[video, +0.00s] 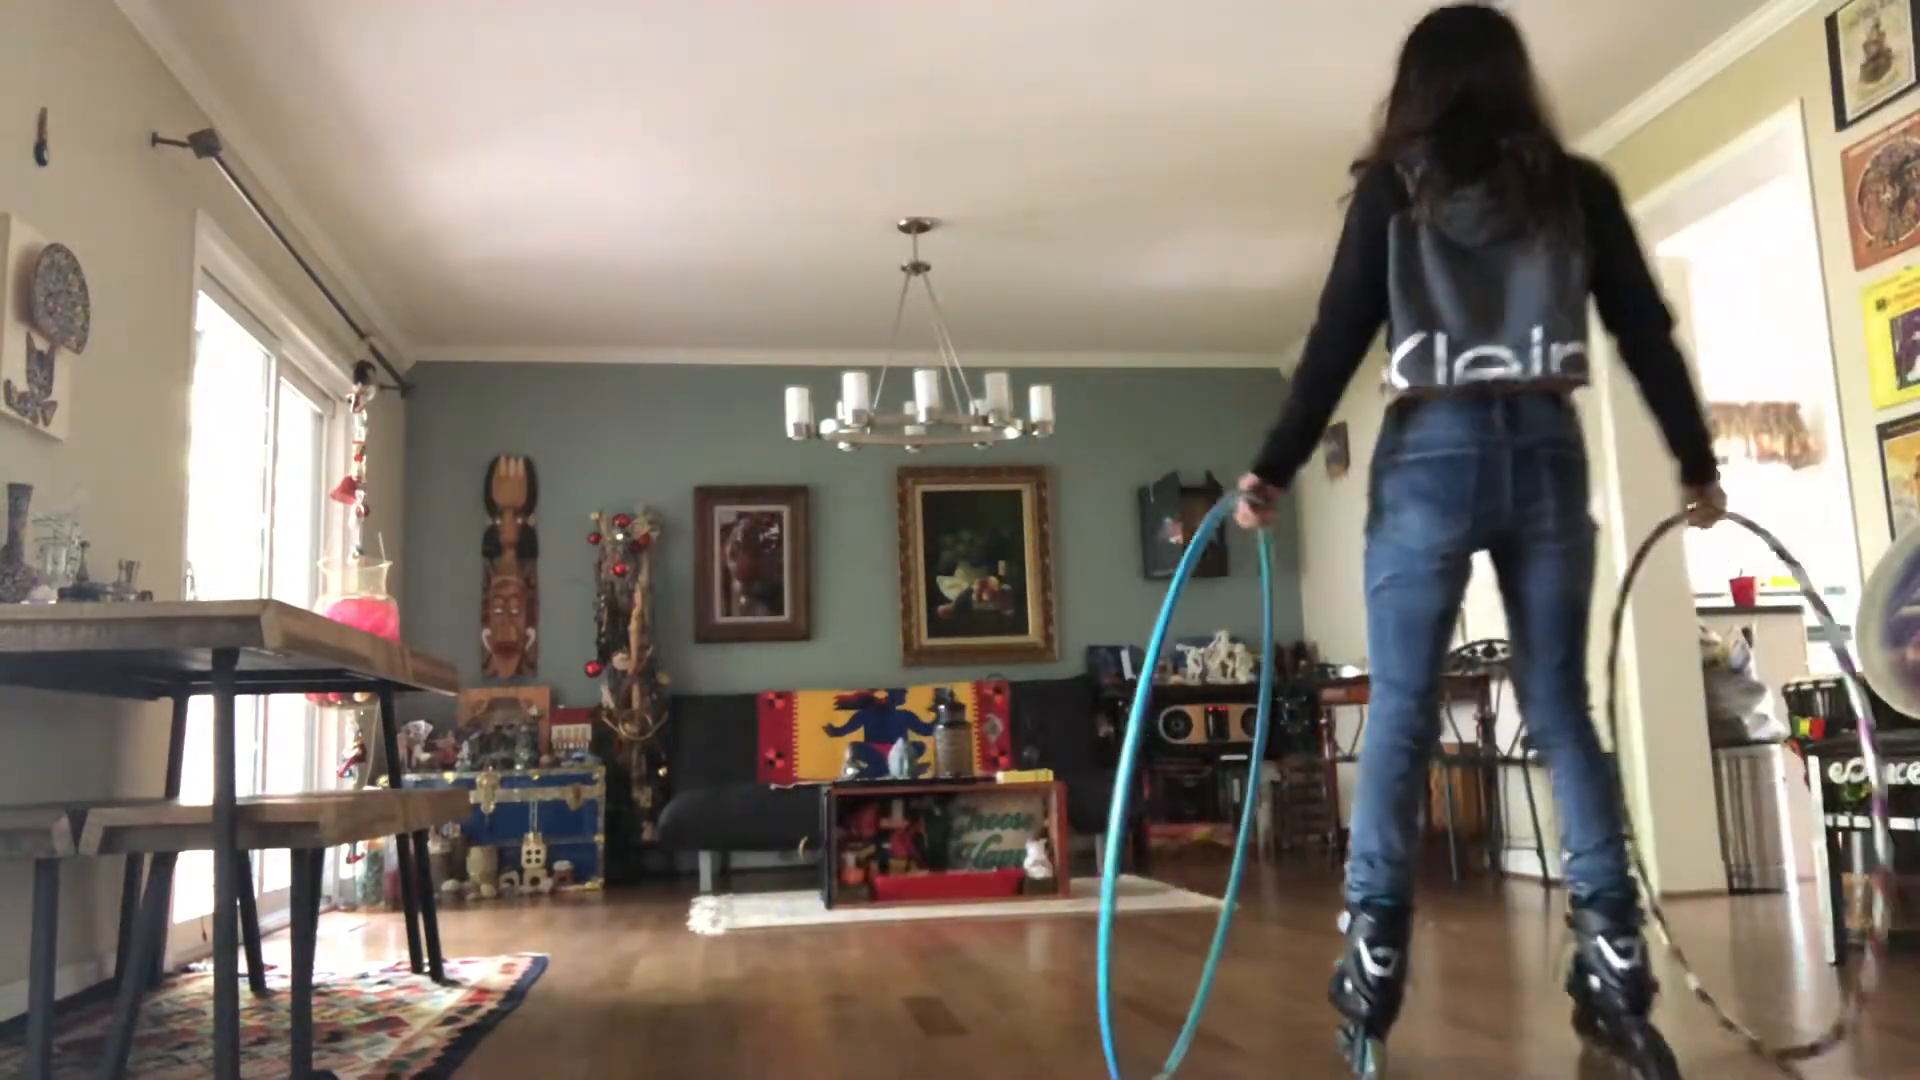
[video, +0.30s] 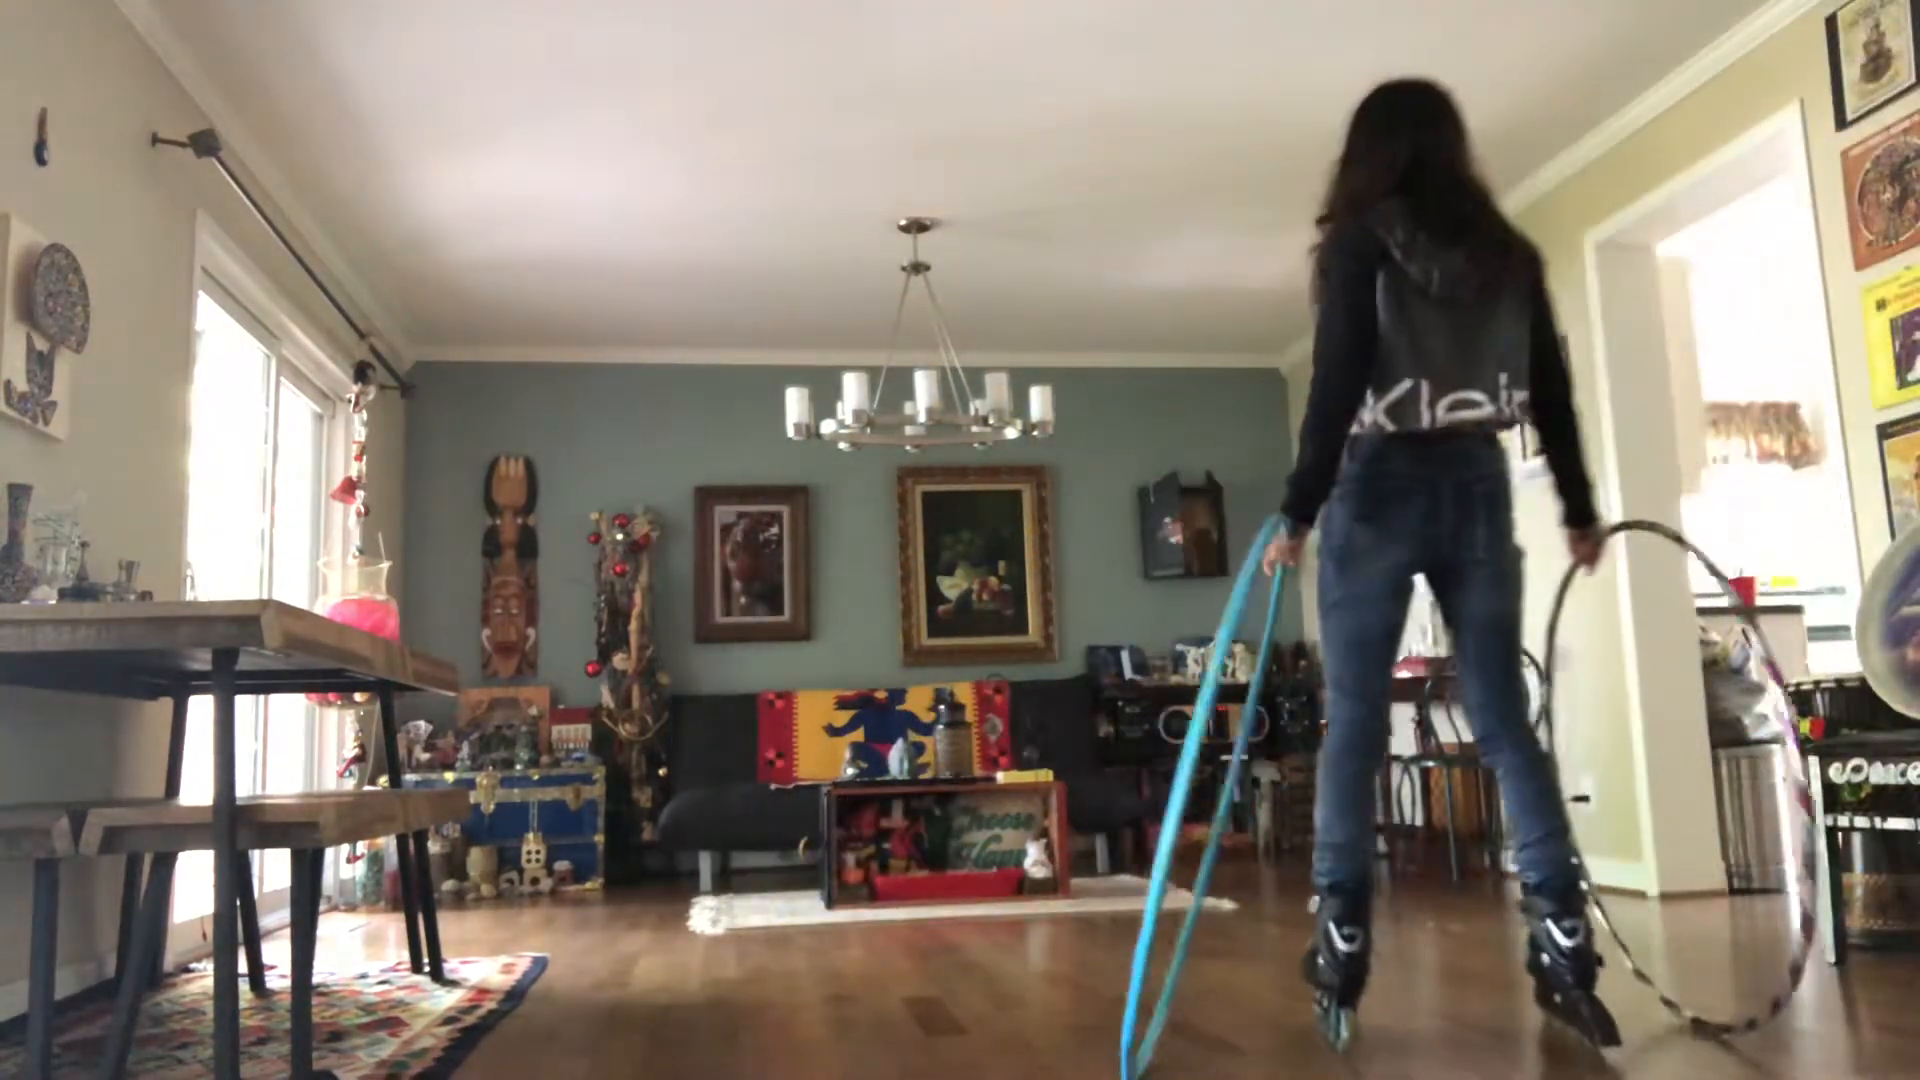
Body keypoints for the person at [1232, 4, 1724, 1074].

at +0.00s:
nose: (1402, 94)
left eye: (1410, 76)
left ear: (1416, 85)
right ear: (1520, 79)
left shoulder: (1389, 187)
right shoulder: (1578, 184)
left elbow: (1340, 338)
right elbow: (1642, 328)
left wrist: (1271, 465)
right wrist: (1696, 458)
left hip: (1429, 442)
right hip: (1551, 442)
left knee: (1401, 704)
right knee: (1559, 703)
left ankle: (1375, 951)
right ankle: (1615, 951)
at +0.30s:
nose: (1350, 159)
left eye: (1357, 142)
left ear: (1368, 150)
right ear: (1459, 147)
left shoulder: (1354, 243)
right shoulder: (1507, 248)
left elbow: (1340, 379)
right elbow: (1549, 387)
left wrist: (1298, 510)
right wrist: (1580, 508)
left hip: (1377, 479)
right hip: (1481, 479)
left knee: (1354, 718)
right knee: (1503, 717)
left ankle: (1343, 934)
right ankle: (1563, 934)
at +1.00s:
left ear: (1284, 273)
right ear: (1364, 267)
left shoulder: (1264, 346)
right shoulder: (1400, 337)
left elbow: (1229, 456)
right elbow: (1447, 445)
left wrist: (1200, 557)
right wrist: (1490, 544)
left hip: (1289, 531)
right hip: (1383, 529)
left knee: (1283, 717)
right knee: (1405, 719)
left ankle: (1266, 894)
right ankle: (1460, 893)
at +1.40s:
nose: (1243, 324)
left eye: (1247, 312)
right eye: (1251, 310)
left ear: (1258, 314)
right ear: (1320, 311)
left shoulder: (1262, 374)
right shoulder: (1356, 380)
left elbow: (1260, 473)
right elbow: (1399, 481)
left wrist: (1229, 573)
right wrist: (1376, 557)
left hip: (1292, 548)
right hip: (1354, 548)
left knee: (1255, 723)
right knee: (1366, 735)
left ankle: (1292, 886)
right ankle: (1409, 894)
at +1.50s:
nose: (1231, 334)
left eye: (1236, 321)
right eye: (1234, 321)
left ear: (1250, 322)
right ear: (1299, 319)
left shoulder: (1266, 378)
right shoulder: (1326, 379)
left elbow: (1274, 478)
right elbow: (1357, 491)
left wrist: (1238, 572)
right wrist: (1328, 551)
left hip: (1290, 561)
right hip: (1332, 561)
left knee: (1237, 729)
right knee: (1336, 735)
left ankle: (1268, 887)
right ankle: (1384, 887)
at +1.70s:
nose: (1188, 355)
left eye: (1195, 343)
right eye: (1189, 343)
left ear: (1224, 344)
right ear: (1229, 341)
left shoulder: (1267, 401)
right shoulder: (1223, 410)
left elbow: (1302, 494)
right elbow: (1216, 506)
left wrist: (1283, 576)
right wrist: (1194, 579)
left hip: (1262, 580)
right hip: (1234, 580)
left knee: (1197, 724)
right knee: (1264, 739)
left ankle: (1237, 874)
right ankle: (1288, 880)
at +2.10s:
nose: (1118, 352)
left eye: (1129, 340)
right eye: (1115, 341)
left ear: (1162, 342)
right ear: (1116, 348)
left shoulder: (1205, 402)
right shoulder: (1120, 416)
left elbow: (1252, 492)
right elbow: (1105, 507)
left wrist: (1260, 584)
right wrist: (1061, 569)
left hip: (1190, 562)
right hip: (1126, 566)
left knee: (1160, 723)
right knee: (1122, 730)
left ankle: (1207, 877)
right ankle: (1135, 881)